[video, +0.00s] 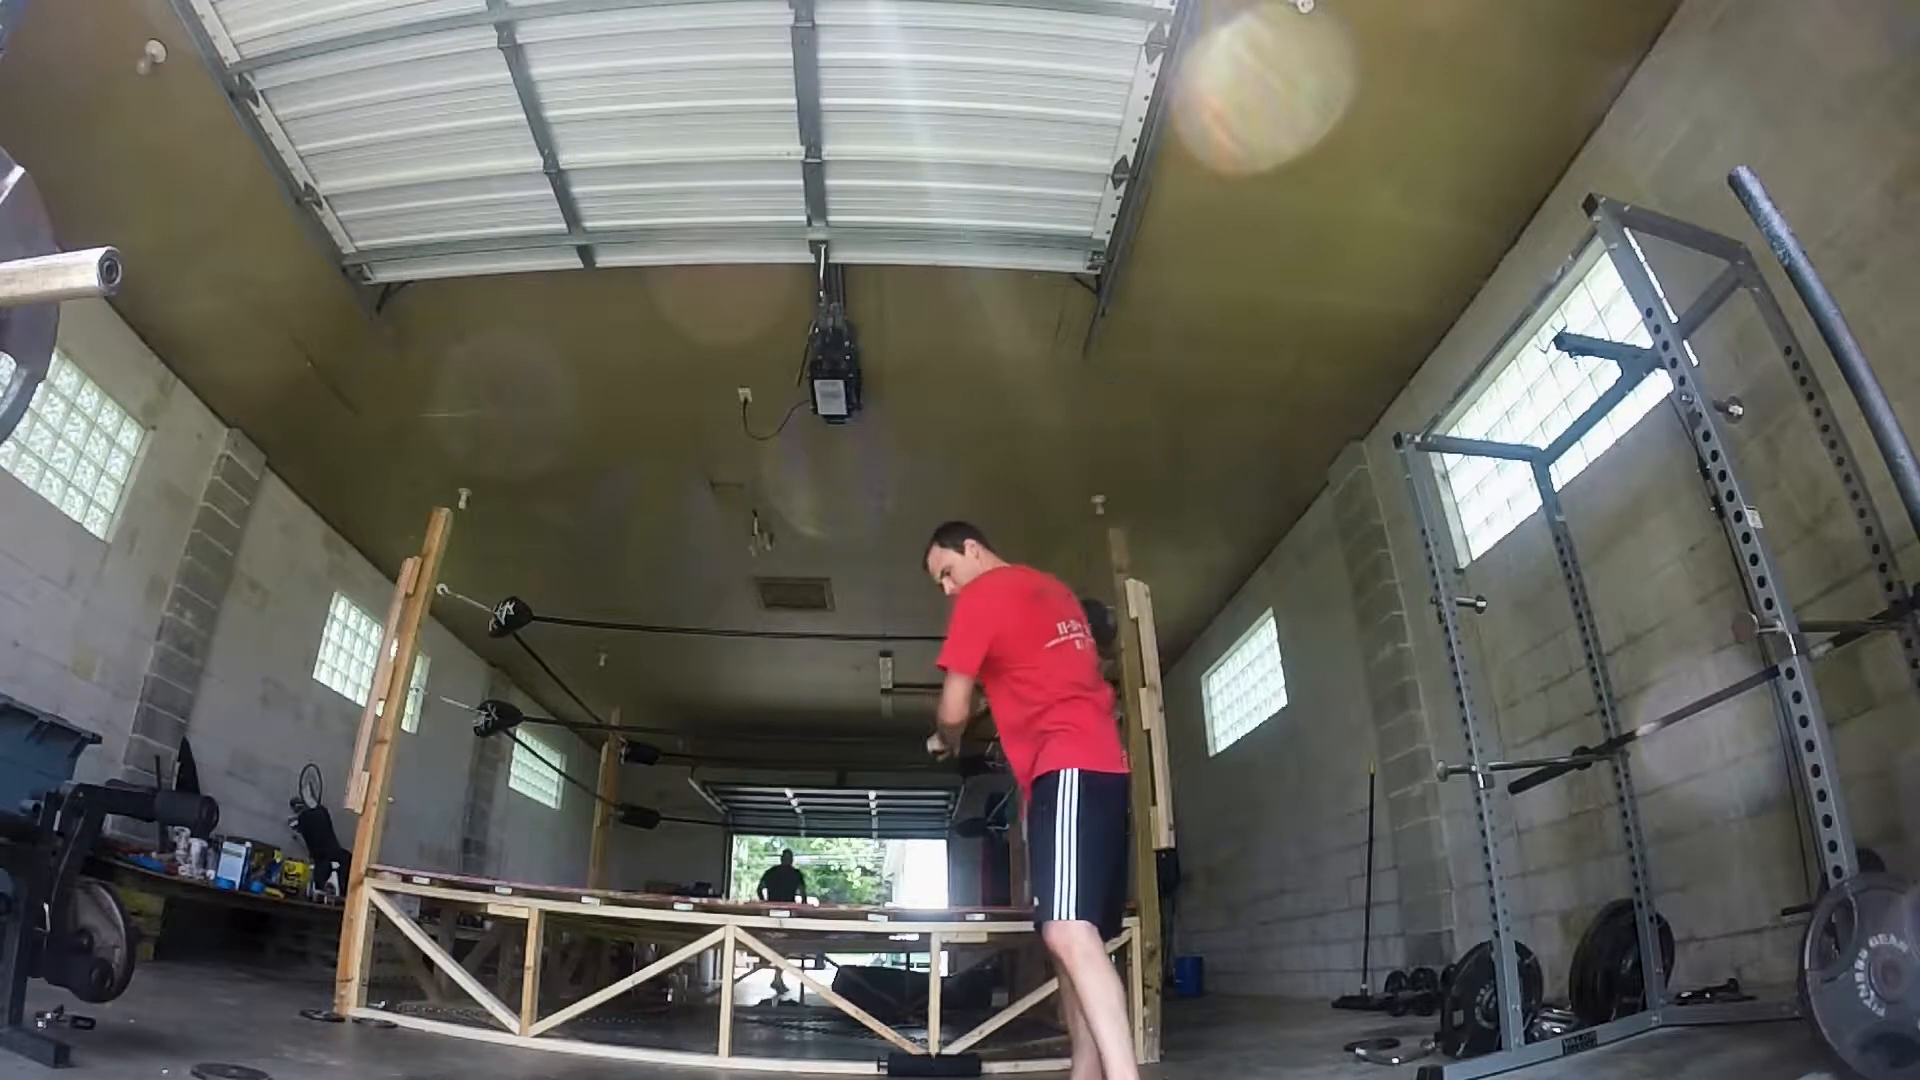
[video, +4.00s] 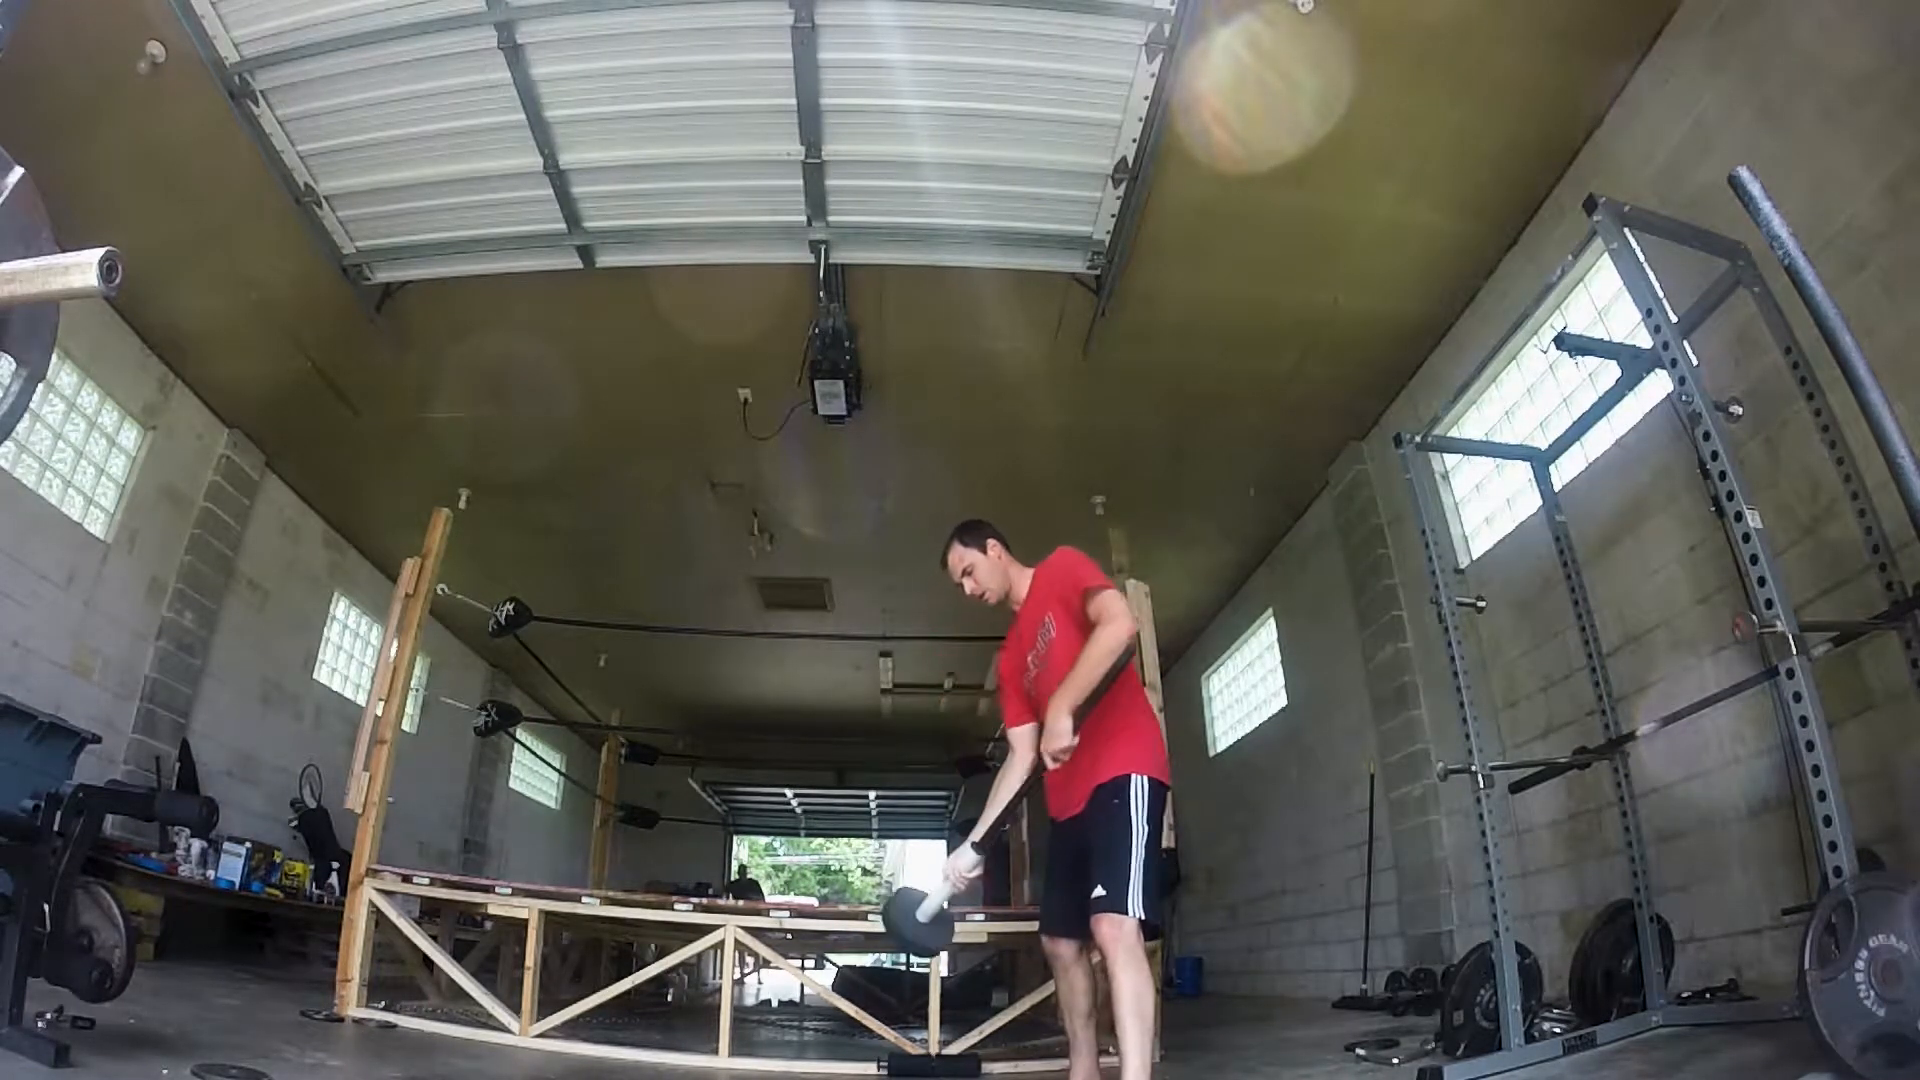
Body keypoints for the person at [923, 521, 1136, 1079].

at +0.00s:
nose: (947, 588)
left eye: (945, 573)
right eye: (940, 581)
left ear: (972, 547)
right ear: (980, 551)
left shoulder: (981, 595)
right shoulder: (1052, 585)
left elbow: (954, 710)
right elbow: (1078, 675)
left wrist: (944, 740)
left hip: (1068, 768)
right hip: (1101, 765)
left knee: (1068, 931)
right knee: (1074, 934)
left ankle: (1124, 1074)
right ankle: (1086, 1073)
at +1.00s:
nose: (956, 568)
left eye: (955, 550)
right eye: (945, 562)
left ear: (984, 525)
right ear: (946, 567)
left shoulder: (1079, 552)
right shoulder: (974, 624)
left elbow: (1137, 599)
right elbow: (1005, 662)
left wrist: (1175, 604)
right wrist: (1040, 681)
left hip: (1128, 754)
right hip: (1060, 780)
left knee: (1107, 920)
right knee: (1049, 942)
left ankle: (1139, 1076)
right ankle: (1081, 1072)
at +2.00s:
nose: (948, 600)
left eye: (944, 586)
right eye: (942, 590)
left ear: (966, 560)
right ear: (982, 556)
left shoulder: (975, 607)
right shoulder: (1068, 588)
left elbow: (955, 719)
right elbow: (1120, 679)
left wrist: (946, 779)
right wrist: (1076, 713)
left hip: (1057, 786)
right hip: (1109, 785)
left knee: (1042, 941)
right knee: (1080, 946)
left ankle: (1120, 1075)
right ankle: (1084, 1073)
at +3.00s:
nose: (945, 606)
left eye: (941, 595)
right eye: (941, 598)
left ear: (957, 576)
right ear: (984, 568)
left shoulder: (954, 627)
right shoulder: (1063, 579)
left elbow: (983, 675)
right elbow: (1139, 578)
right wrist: (1120, 502)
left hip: (1038, 791)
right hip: (1102, 788)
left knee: (1055, 942)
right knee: (1080, 945)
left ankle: (1120, 1076)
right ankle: (1081, 1073)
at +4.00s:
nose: (967, 587)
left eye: (967, 571)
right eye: (958, 582)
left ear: (995, 547)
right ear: (970, 579)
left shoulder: (1061, 565)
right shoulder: (1011, 655)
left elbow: (1119, 623)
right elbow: (1021, 754)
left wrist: (1061, 707)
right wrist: (972, 844)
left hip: (1124, 764)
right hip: (1069, 791)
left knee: (1114, 927)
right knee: (1061, 940)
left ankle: (1136, 1074)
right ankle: (1085, 1073)